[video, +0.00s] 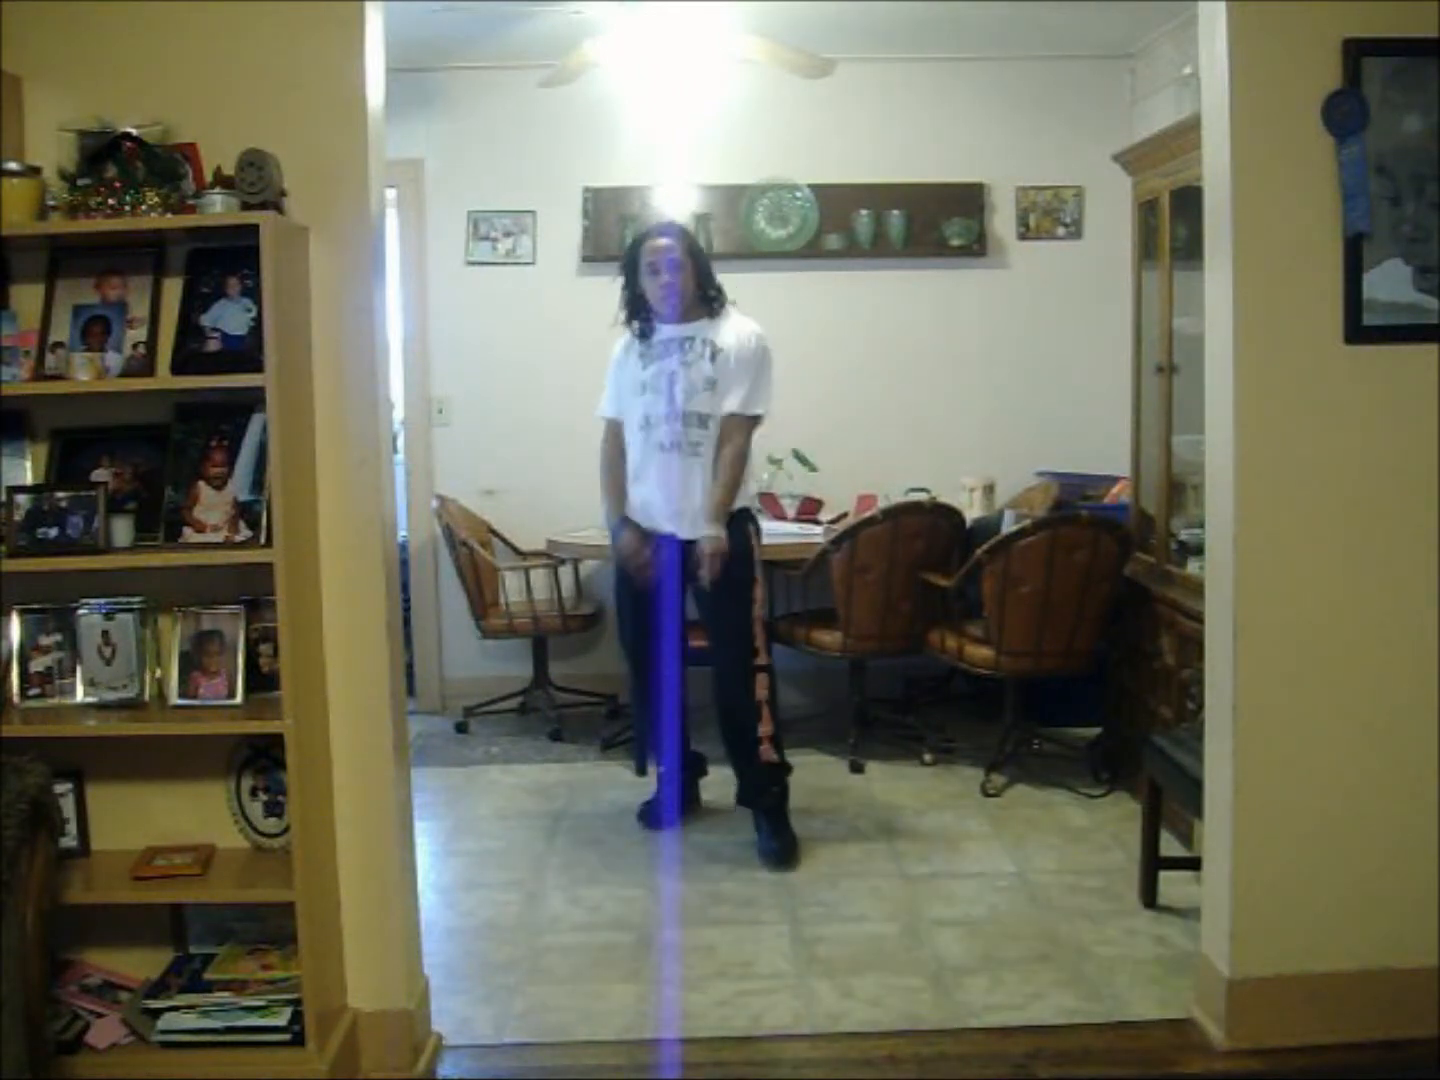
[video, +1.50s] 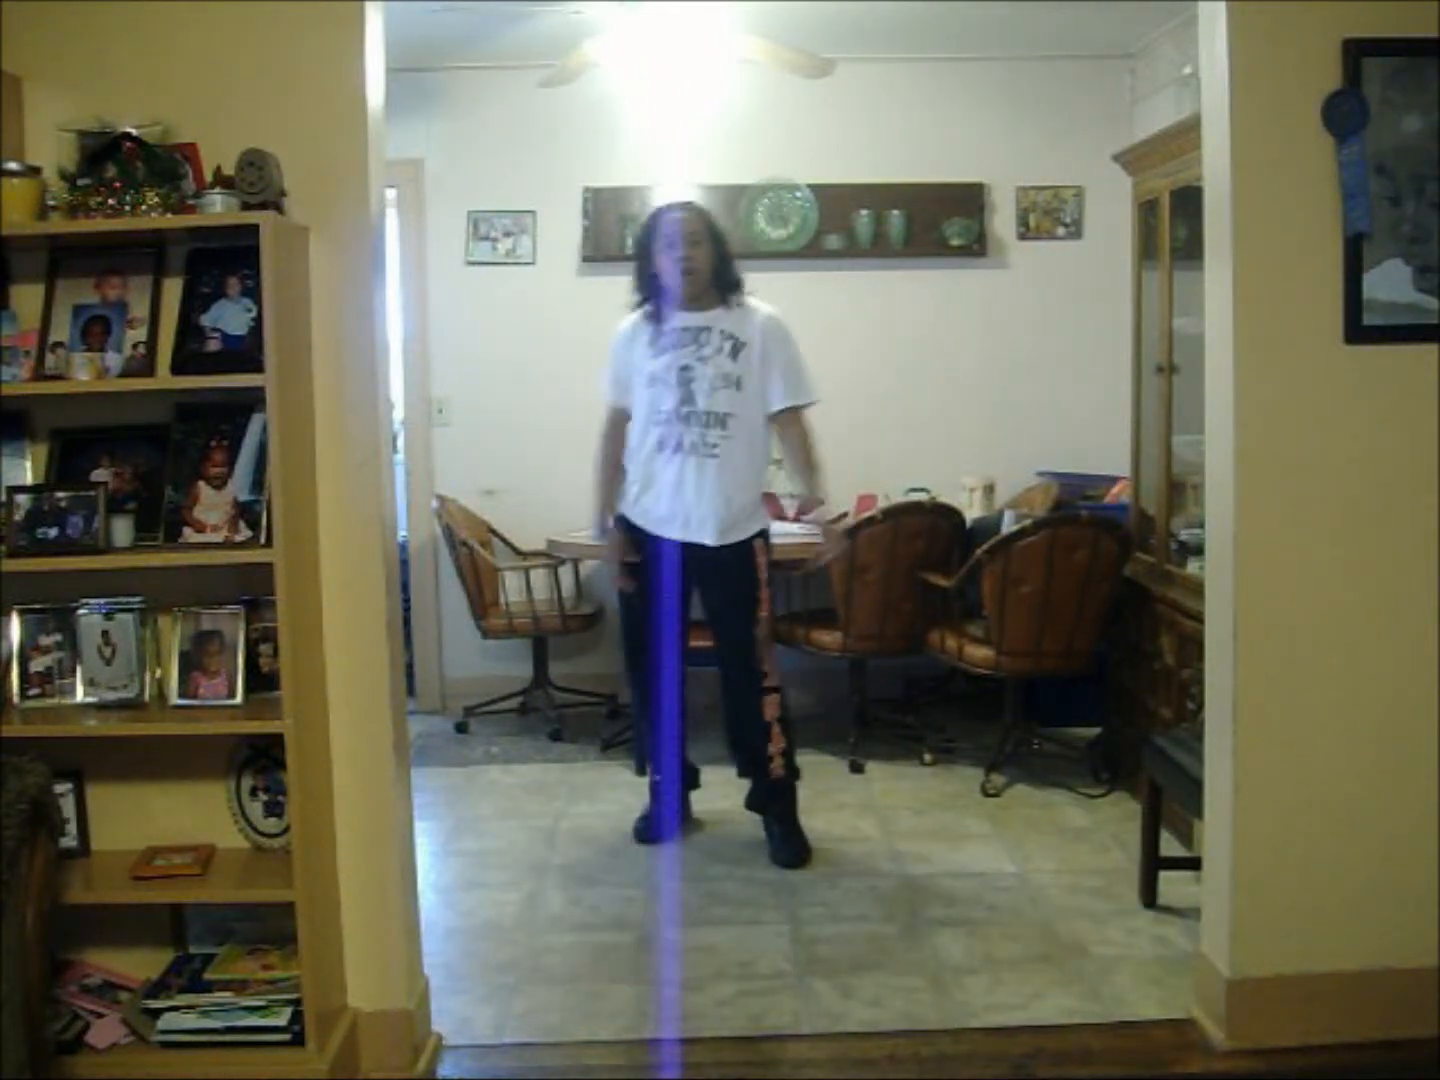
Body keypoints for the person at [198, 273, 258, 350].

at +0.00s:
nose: (233, 288)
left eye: (236, 285)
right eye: (230, 285)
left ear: (240, 287)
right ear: (226, 288)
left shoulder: (247, 303)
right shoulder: (222, 304)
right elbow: (205, 320)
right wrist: (210, 334)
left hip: (243, 338)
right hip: (225, 337)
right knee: (212, 340)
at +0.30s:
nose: (233, 288)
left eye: (236, 285)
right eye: (230, 285)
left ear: (240, 287)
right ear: (225, 288)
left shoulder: (247, 303)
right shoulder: (222, 304)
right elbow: (205, 320)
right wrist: (210, 335)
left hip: (243, 338)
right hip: (225, 337)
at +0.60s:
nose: (233, 288)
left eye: (235, 285)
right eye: (230, 285)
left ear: (240, 287)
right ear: (225, 287)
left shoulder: (247, 303)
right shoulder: (222, 304)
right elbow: (205, 320)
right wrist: (210, 335)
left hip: (244, 338)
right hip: (225, 337)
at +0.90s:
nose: (233, 288)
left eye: (235, 285)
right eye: (230, 285)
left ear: (240, 287)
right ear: (225, 288)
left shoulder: (247, 303)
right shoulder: (221, 304)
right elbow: (205, 320)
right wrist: (210, 335)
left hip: (243, 338)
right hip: (225, 338)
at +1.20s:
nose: (233, 288)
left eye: (235, 285)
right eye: (230, 285)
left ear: (240, 287)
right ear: (225, 287)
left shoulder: (247, 303)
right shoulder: (221, 304)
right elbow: (205, 320)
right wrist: (210, 335)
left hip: (244, 338)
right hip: (224, 338)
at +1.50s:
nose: (233, 288)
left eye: (236, 285)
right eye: (230, 285)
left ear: (240, 287)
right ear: (225, 287)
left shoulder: (247, 303)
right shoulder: (221, 304)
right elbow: (205, 320)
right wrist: (210, 335)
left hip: (243, 338)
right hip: (224, 338)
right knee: (212, 340)